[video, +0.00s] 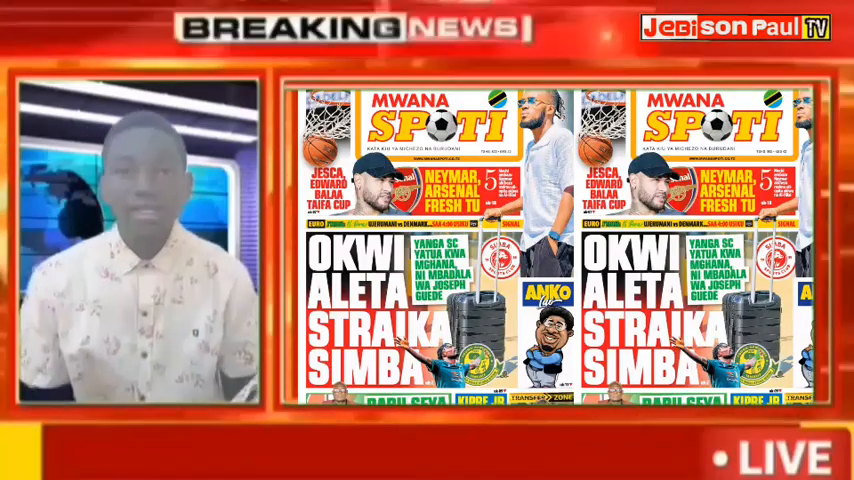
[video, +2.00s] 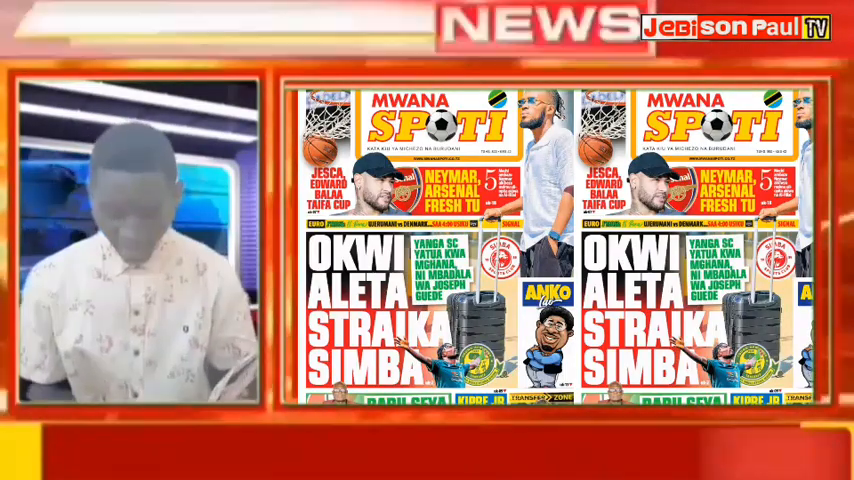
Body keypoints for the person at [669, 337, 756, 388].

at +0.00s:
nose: (729, 348)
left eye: (729, 347)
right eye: (725, 347)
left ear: (731, 351)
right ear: (718, 353)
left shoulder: (737, 366)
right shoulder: (714, 364)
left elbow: (750, 365)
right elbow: (698, 359)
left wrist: (755, 358)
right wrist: (683, 348)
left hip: (737, 401)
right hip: (720, 401)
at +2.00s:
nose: (729, 348)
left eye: (729, 346)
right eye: (725, 347)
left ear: (731, 351)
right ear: (719, 353)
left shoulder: (737, 366)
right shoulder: (714, 364)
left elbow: (749, 365)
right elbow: (698, 359)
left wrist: (754, 359)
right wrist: (684, 348)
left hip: (736, 401)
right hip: (720, 401)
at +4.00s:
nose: (729, 348)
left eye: (729, 347)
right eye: (725, 347)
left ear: (731, 351)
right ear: (718, 353)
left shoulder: (737, 366)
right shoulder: (714, 364)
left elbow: (750, 365)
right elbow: (698, 359)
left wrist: (754, 359)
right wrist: (684, 348)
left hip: (737, 401)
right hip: (720, 402)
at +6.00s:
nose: (729, 348)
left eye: (729, 347)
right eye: (724, 347)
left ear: (731, 351)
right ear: (718, 353)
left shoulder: (737, 366)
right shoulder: (714, 364)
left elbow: (749, 365)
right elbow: (698, 359)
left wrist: (754, 359)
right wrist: (684, 348)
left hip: (736, 401)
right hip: (720, 401)